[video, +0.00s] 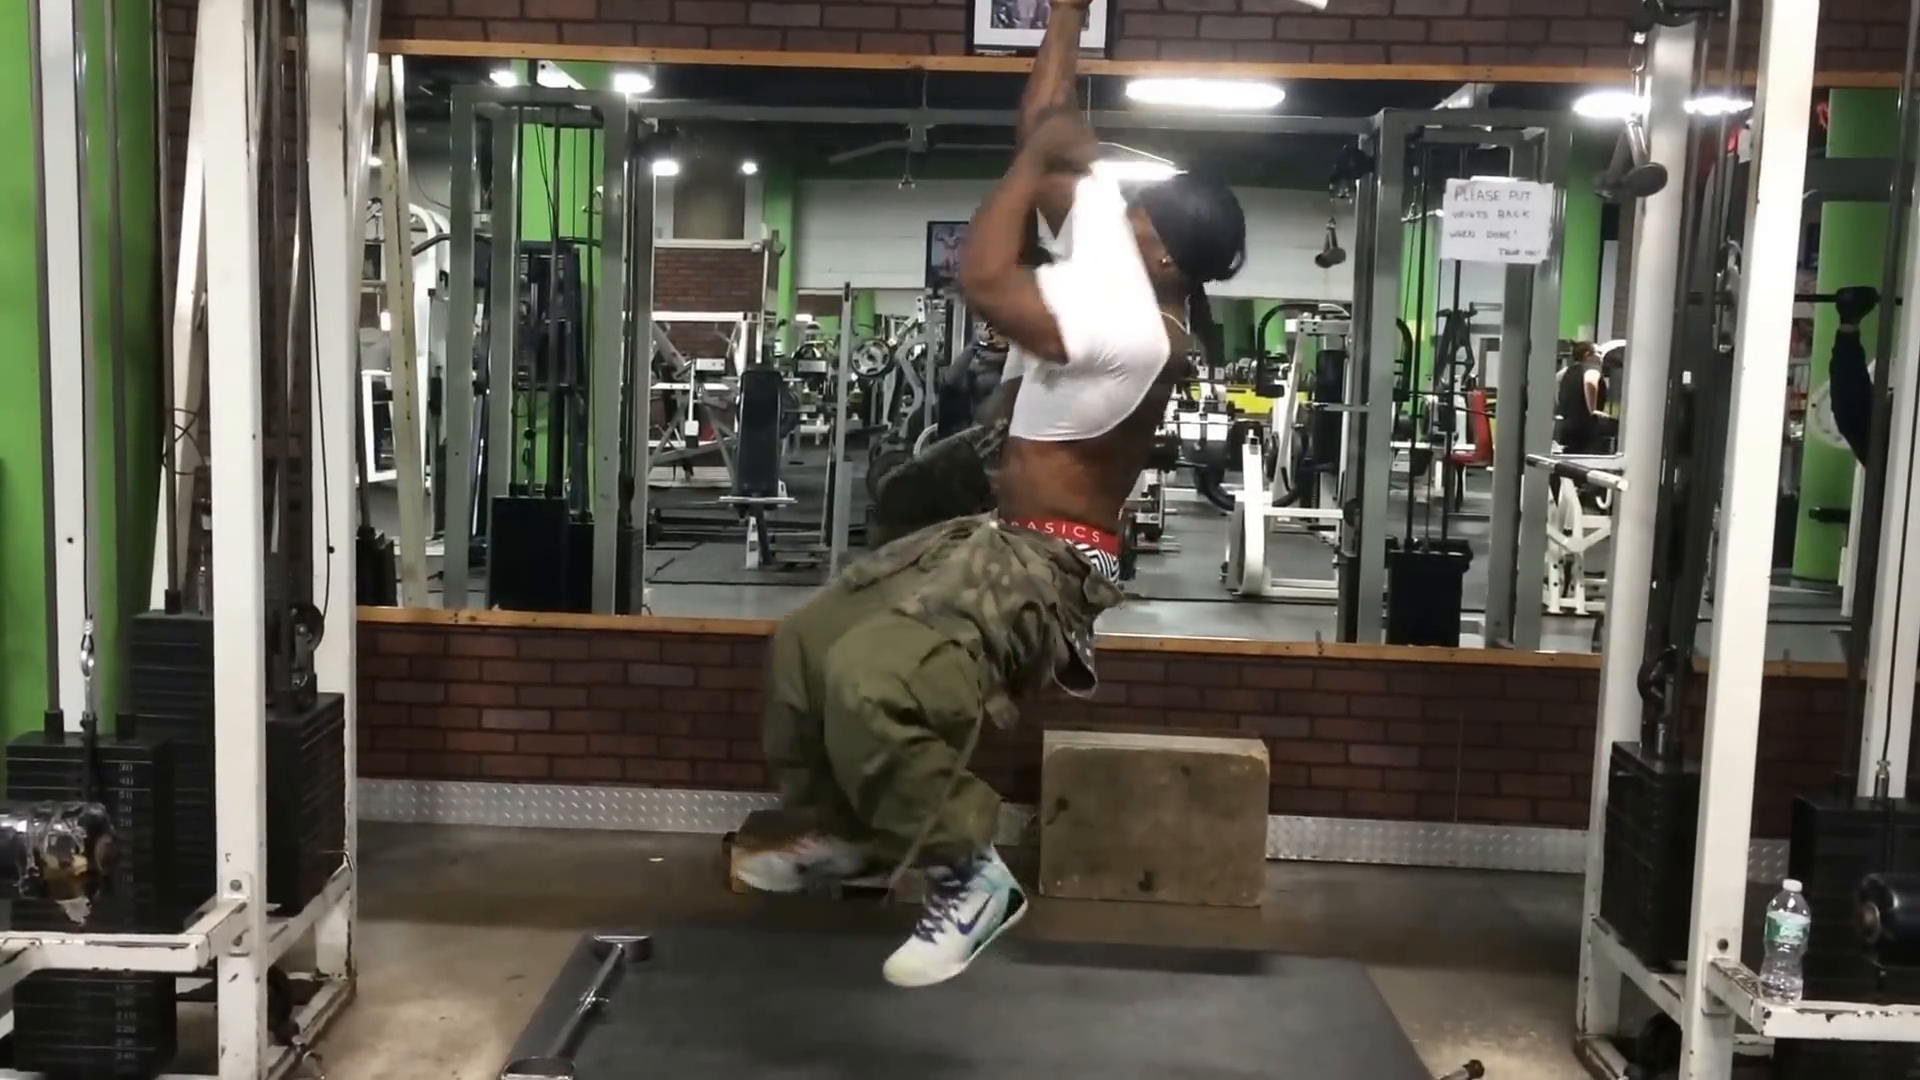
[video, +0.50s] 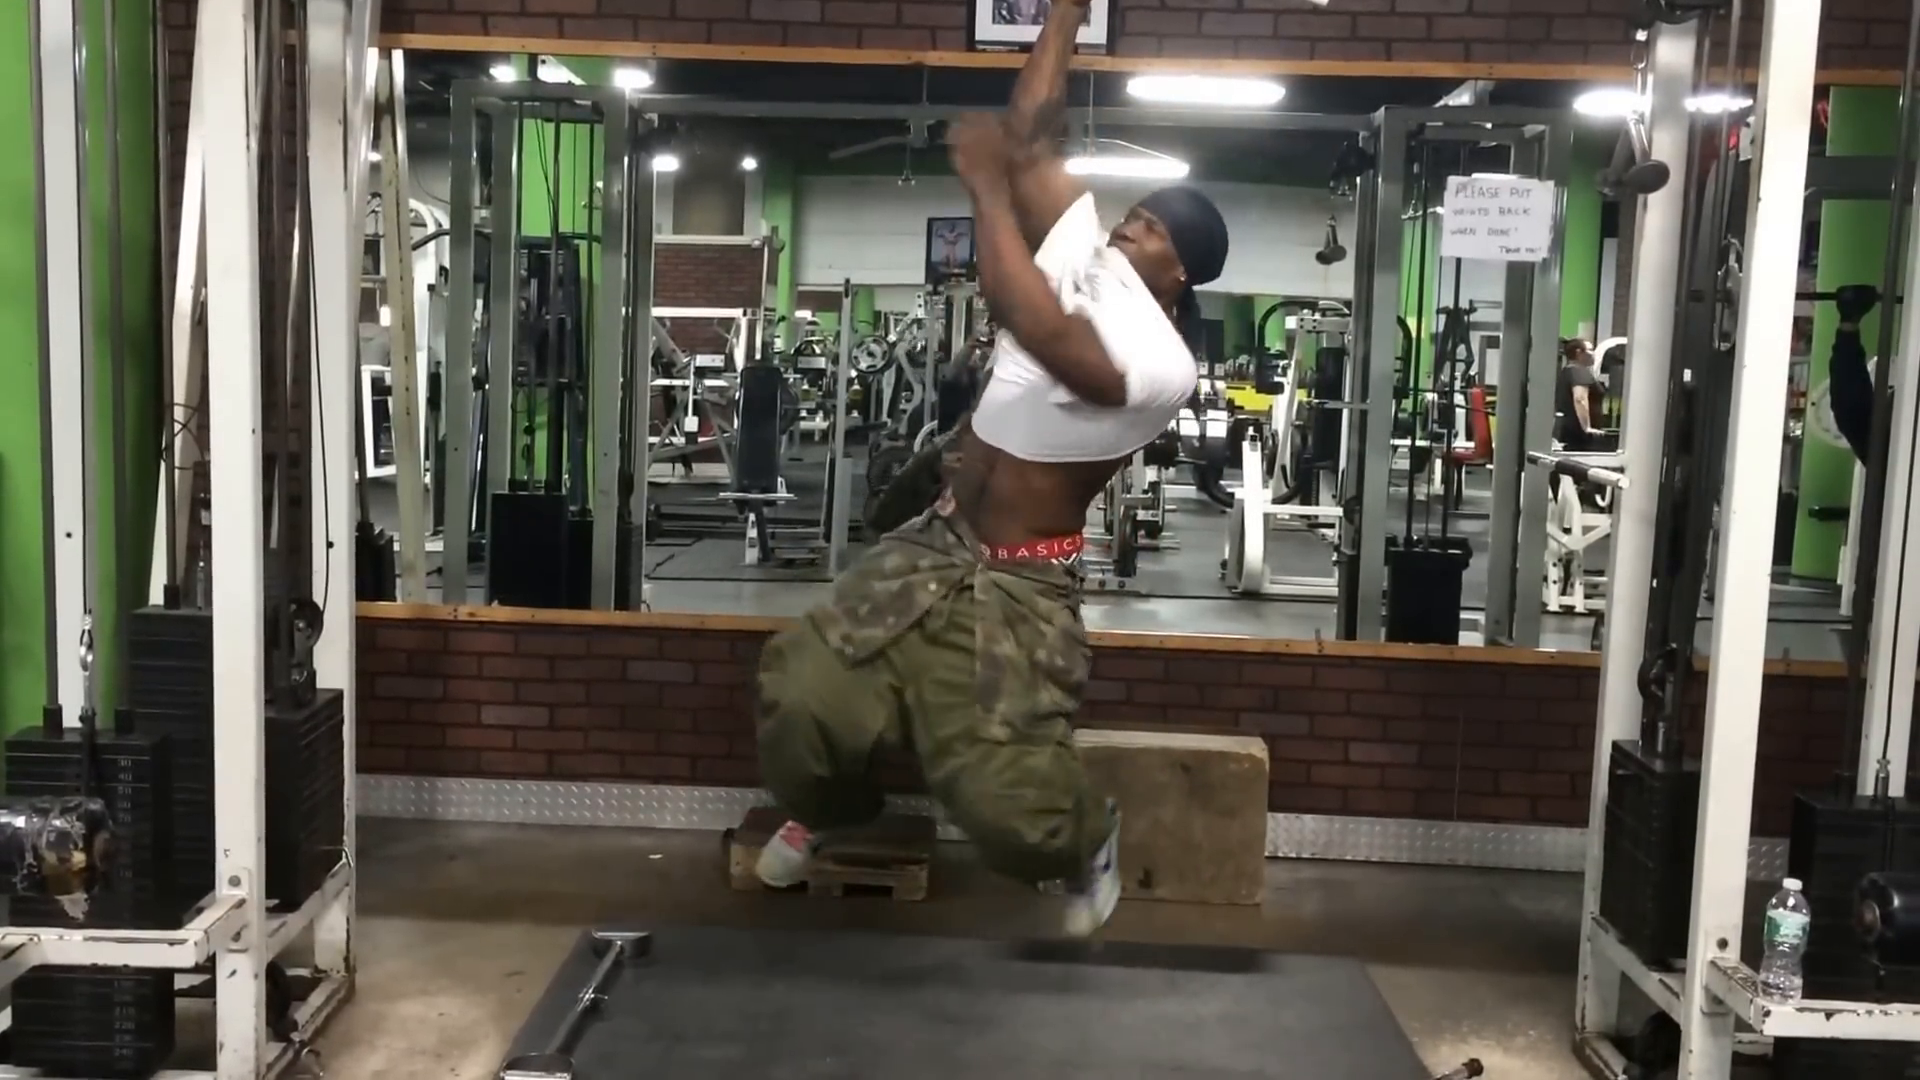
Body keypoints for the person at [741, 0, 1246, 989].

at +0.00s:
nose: (1113, 202)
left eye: (1129, 201)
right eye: (1123, 198)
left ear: (1161, 252)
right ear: (1158, 252)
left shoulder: (1129, 326)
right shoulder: (1107, 292)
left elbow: (986, 280)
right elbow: (1045, 152)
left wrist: (1034, 170)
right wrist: (1064, 34)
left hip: (1055, 553)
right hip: (997, 531)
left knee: (868, 673)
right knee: (807, 642)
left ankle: (972, 868)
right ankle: (850, 836)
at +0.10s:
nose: (1117, 202)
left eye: (1138, 204)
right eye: (1131, 195)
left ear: (1165, 255)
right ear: (1153, 252)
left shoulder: (1121, 335)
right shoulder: (1102, 299)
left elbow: (967, 316)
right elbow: (1042, 148)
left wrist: (1021, 203)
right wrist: (1064, 28)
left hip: (1045, 555)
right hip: (984, 530)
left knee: (876, 685)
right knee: (793, 624)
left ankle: (984, 875)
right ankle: (815, 817)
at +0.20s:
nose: (1112, 207)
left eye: (1132, 210)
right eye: (1125, 199)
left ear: (1163, 261)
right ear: (1143, 253)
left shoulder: (1120, 345)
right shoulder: (1100, 293)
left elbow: (968, 338)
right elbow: (1042, 146)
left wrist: (1017, 215)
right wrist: (1064, 26)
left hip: (1039, 561)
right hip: (970, 532)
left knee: (892, 711)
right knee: (785, 627)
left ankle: (1010, 881)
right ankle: (805, 811)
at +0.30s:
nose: (1117, 210)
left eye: (1138, 210)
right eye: (1126, 202)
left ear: (1169, 262)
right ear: (1117, 225)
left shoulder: (1142, 365)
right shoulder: (1081, 266)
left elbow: (984, 349)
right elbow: (1033, 144)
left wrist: (1037, 224)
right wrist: (1066, 18)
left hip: (1026, 563)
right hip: (951, 528)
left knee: (914, 749)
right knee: (785, 644)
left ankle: (1034, 872)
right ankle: (804, 809)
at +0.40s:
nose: (1123, 225)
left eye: (1146, 225)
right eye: (1128, 214)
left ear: (1178, 269)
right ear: (1114, 225)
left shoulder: (1154, 375)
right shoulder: (1077, 238)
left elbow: (1009, 351)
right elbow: (1031, 135)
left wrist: (1020, 223)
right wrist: (1066, 17)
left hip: (1022, 573)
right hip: (940, 531)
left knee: (955, 778)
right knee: (786, 666)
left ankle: (1063, 865)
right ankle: (813, 809)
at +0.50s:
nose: (1133, 224)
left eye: (1155, 228)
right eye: (1138, 214)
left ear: (1179, 272)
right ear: (1123, 224)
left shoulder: (1163, 366)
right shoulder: (1070, 246)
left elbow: (1029, 318)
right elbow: (1028, 141)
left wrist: (985, 185)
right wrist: (1065, 19)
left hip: (1021, 583)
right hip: (928, 544)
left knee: (997, 805)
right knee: (802, 702)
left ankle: (1091, 842)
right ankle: (831, 813)